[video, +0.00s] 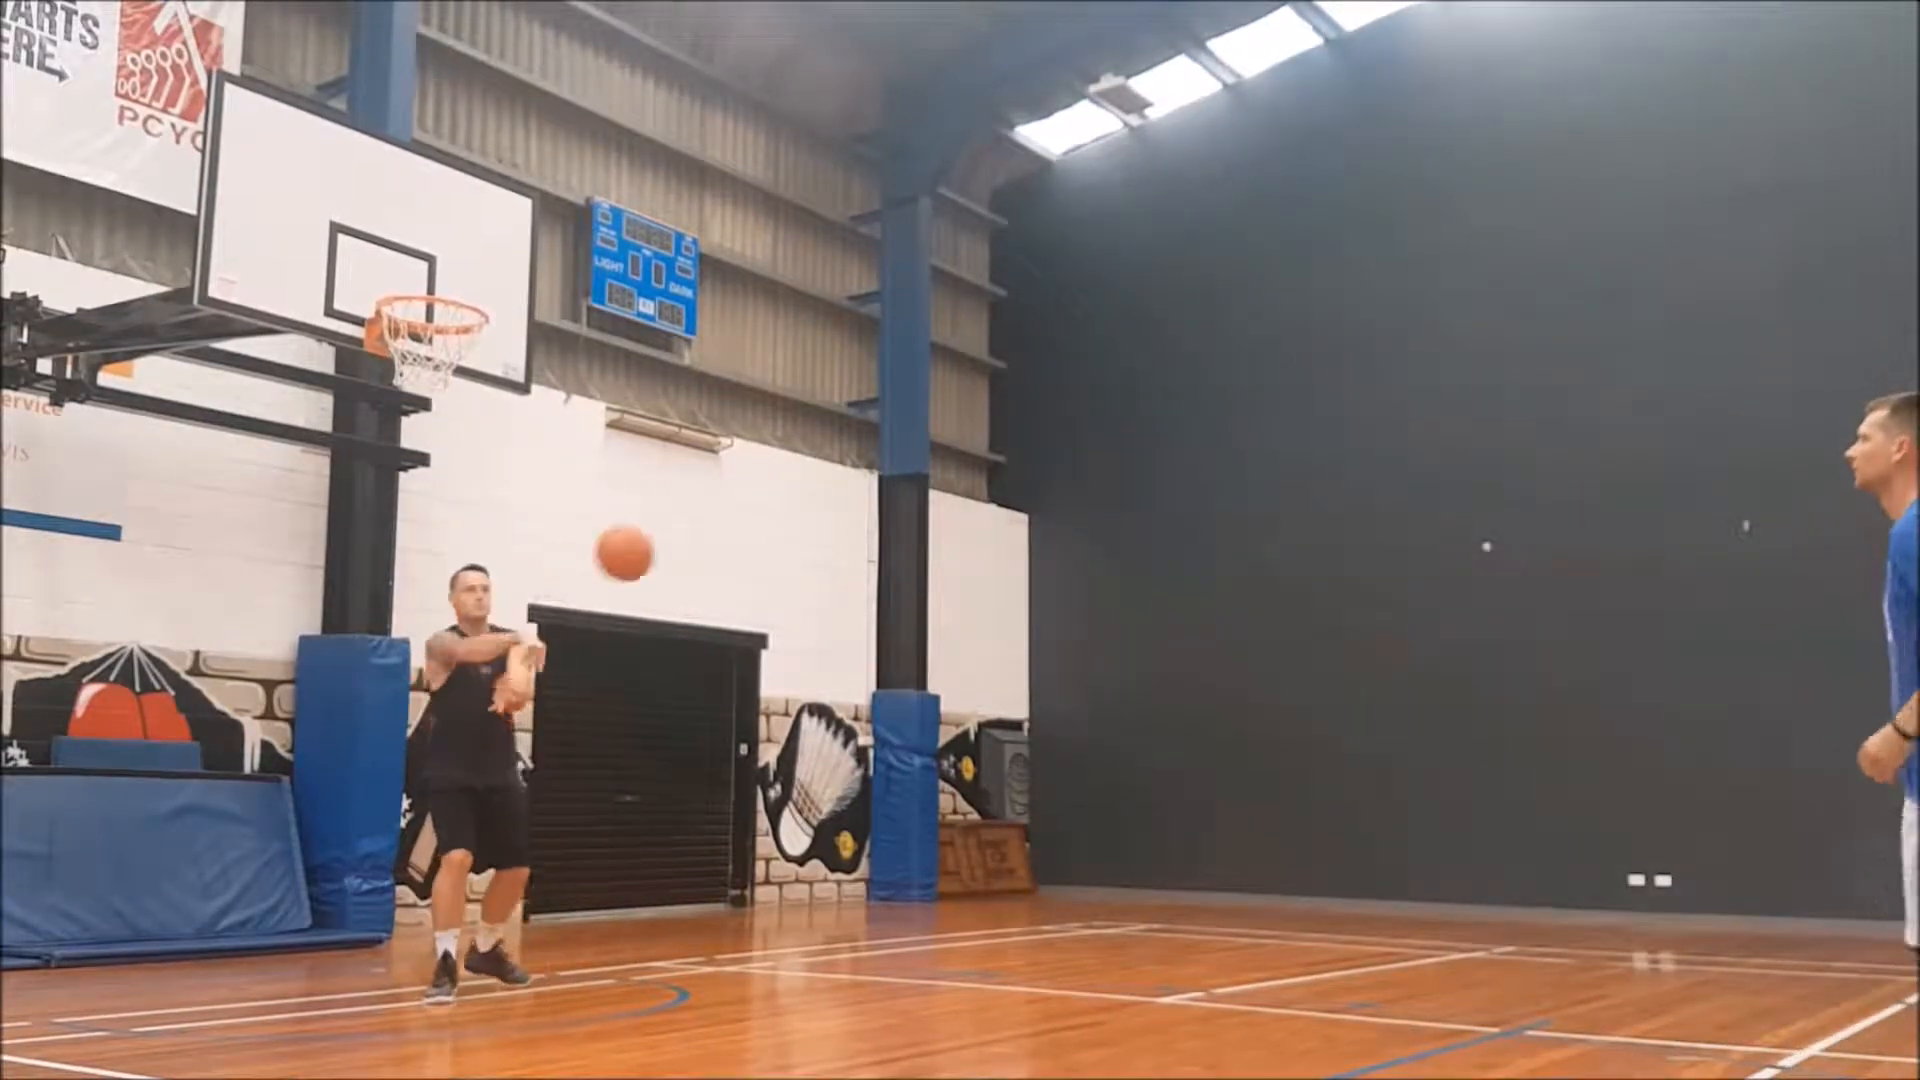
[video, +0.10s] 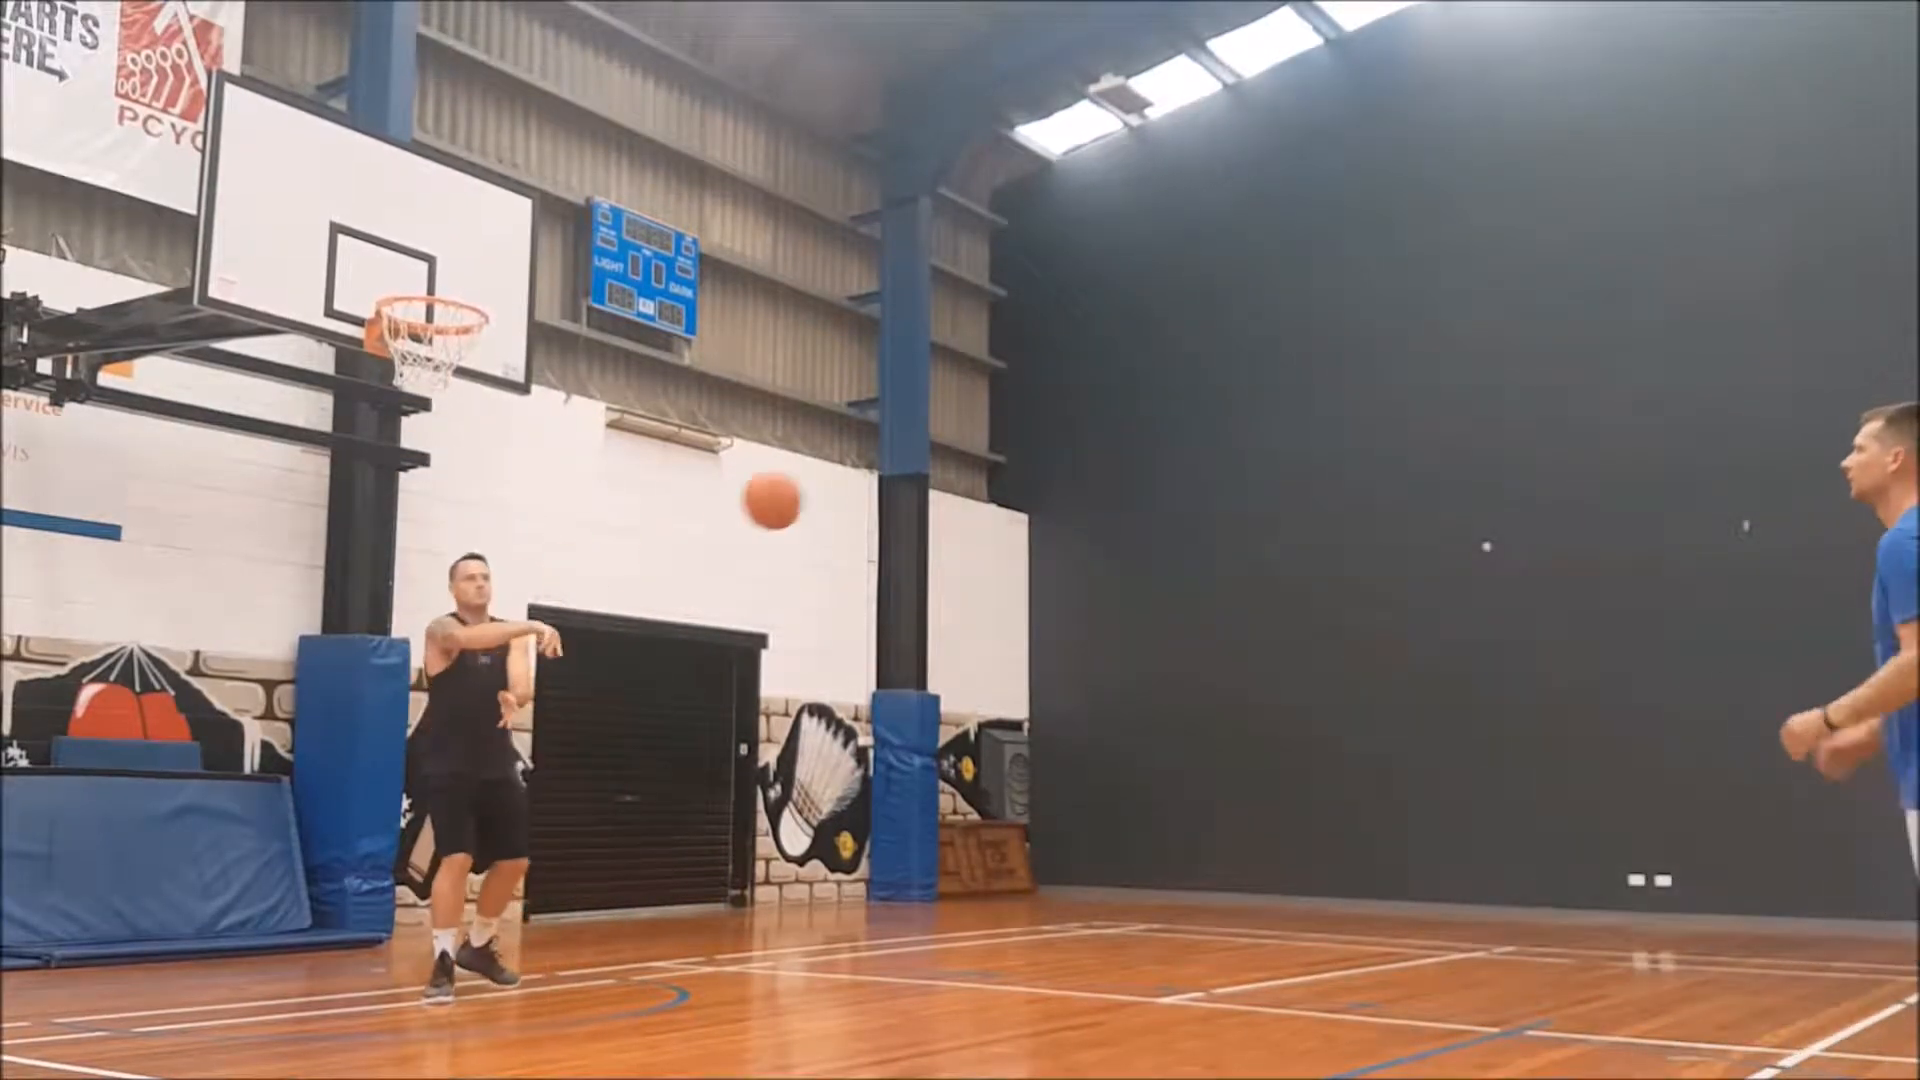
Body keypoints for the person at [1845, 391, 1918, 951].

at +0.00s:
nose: (1851, 451)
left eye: (1863, 439)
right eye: (1855, 439)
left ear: (1901, 449)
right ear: (1899, 451)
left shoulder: (1910, 536)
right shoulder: (1904, 535)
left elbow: (1917, 664)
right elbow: (1914, 661)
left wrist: (1898, 732)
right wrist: (1899, 735)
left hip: (1919, 787)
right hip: (1916, 783)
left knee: (1919, 938)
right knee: (1917, 938)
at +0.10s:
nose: (1845, 463)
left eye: (1858, 449)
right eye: (1850, 450)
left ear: (1895, 460)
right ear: (1894, 461)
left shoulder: (1902, 543)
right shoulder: (1902, 541)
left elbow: (1913, 660)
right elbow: (1911, 668)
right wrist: (1871, 731)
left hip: (1917, 791)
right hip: (1912, 788)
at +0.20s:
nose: (1835, 467)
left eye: (1847, 455)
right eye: (1841, 454)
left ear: (1885, 465)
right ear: (1888, 467)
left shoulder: (1888, 546)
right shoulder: (1904, 541)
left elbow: (1846, 663)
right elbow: (1865, 662)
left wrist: (1744, 663)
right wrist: (1780, 649)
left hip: (1910, 784)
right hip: (1907, 781)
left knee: (1883, 934)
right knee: (1886, 933)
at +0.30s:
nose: (1813, 464)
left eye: (1824, 451)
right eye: (1819, 451)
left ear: (1860, 462)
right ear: (1871, 465)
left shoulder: (1860, 539)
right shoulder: (1902, 536)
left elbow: (1769, 634)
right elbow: (1816, 628)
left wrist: (1690, 591)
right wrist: (1734, 577)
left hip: (1894, 769)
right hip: (1907, 767)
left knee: (1818, 908)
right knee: (1897, 927)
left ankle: (1918, 1030)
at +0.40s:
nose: (1780, 462)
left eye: (1791, 450)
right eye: (1784, 450)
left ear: (1825, 460)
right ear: (1838, 464)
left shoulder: (1824, 533)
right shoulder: (1879, 535)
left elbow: (1712, 605)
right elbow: (1755, 593)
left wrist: (1641, 552)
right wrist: (1685, 533)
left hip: (1871, 759)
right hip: (1904, 757)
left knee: (1771, 896)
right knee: (1913, 904)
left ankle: (1818, 1062)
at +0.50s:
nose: (1736, 475)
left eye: (1747, 463)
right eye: (1741, 463)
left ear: (1782, 475)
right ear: (1797, 479)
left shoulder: (1779, 549)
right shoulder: (1830, 543)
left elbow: (1667, 611)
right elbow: (1711, 597)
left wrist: (1602, 553)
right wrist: (1635, 543)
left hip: (1838, 770)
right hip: (1893, 765)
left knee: (1743, 911)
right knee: (1914, 917)